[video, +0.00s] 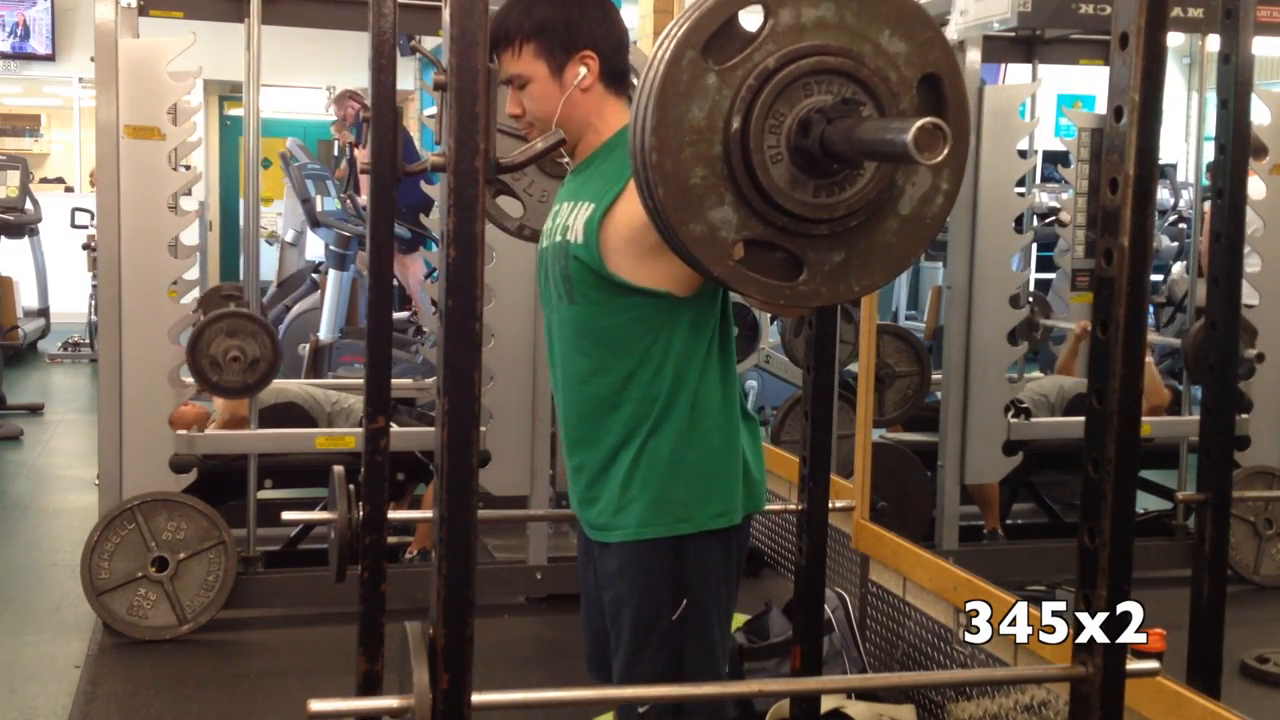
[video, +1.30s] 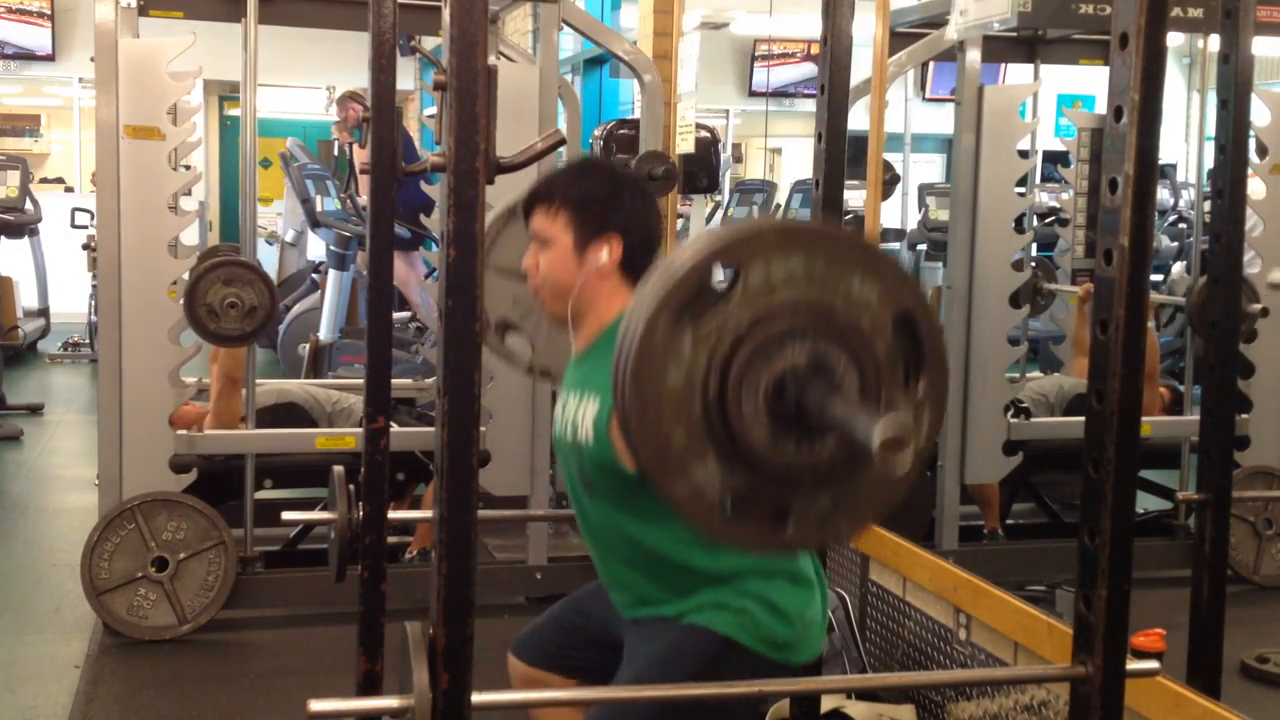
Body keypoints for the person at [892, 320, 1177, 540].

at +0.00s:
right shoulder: (1091, 388)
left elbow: (1157, 401)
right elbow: (1059, 378)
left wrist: (1143, 352)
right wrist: (1077, 338)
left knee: (978, 455)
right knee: (975, 456)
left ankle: (993, 530)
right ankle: (993, 528)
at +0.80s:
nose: (1162, 392)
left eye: (1163, 395)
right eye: (1163, 392)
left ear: (1160, 407)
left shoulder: (1124, 415)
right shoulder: (1083, 389)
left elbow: (1152, 390)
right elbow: (1070, 365)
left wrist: (1141, 334)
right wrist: (1079, 323)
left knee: (979, 451)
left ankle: (992, 529)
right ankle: (991, 527)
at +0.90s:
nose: (1158, 389)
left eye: (1162, 394)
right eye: (1161, 389)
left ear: (1161, 409)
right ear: (1148, 394)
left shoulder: (1142, 408)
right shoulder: (1100, 389)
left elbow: (1150, 382)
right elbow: (1074, 360)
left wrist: (1140, 325)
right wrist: (1082, 318)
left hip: (1017, 414)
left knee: (979, 451)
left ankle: (992, 530)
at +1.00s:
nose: (1157, 389)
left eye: (1160, 393)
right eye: (1159, 389)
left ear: (1161, 407)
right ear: (1152, 395)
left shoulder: (1145, 405)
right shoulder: (1108, 389)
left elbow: (1148, 370)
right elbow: (1075, 357)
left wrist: (1139, 318)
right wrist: (1082, 314)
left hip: (1023, 411)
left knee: (978, 449)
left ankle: (993, 529)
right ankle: (991, 526)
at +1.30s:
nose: (1154, 395)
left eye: (1161, 397)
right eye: (1158, 390)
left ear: (1163, 410)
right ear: (1151, 387)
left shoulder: (1145, 415)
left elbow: (1150, 372)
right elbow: (1081, 353)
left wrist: (1144, 313)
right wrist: (1081, 304)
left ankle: (992, 527)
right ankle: (992, 526)